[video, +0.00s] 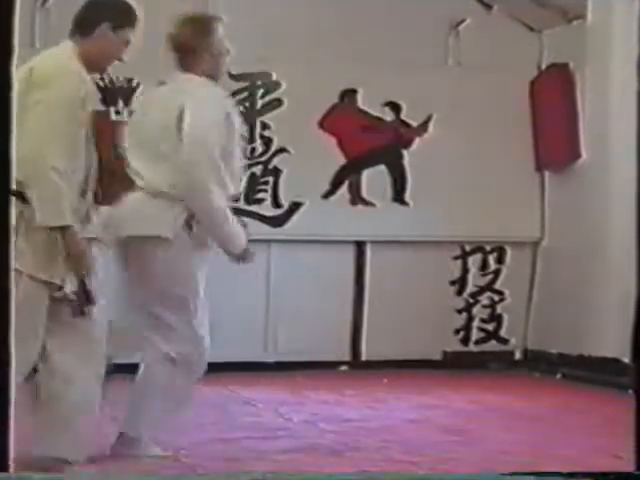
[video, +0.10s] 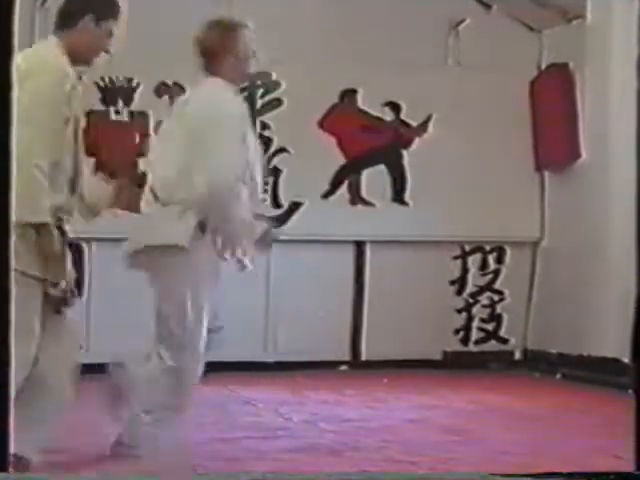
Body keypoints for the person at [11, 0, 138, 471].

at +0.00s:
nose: (123, 55)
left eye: (126, 46)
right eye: (122, 43)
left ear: (94, 31)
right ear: (100, 31)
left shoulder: (49, 70)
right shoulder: (64, 81)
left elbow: (45, 163)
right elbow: (47, 168)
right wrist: (72, 241)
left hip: (40, 229)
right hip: (45, 233)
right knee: (76, 341)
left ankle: (50, 448)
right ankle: (51, 449)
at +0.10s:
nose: (109, 46)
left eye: (111, 36)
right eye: (107, 32)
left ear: (83, 25)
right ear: (85, 23)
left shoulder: (62, 76)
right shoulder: (45, 72)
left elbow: (66, 170)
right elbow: (31, 167)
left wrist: (111, 196)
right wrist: (52, 250)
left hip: (46, 224)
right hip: (24, 228)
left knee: (58, 345)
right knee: (21, 346)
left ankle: (26, 447)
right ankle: (15, 451)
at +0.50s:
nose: (90, 42)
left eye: (92, 31)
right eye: (86, 29)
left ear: (61, 23)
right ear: (60, 22)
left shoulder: (43, 75)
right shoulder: (29, 71)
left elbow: (51, 169)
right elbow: (13, 157)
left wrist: (91, 210)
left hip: (25, 226)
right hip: (14, 228)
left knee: (25, 335)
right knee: (21, 335)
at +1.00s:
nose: (133, 36)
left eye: (134, 26)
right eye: (129, 24)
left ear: (99, 22)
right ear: (104, 22)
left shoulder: (66, 69)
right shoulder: (71, 74)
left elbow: (49, 153)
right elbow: (45, 152)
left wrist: (77, 223)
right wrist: (61, 225)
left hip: (58, 227)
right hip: (58, 230)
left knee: (61, 344)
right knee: (67, 346)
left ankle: (57, 449)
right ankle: (60, 454)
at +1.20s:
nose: (143, 47)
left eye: (146, 38)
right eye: (142, 35)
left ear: (113, 28)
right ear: (119, 29)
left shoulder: (98, 84)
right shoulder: (76, 81)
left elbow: (111, 171)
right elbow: (107, 161)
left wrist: (156, 183)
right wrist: (167, 148)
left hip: (103, 226)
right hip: (77, 226)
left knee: (144, 325)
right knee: (102, 334)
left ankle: (129, 434)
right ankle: (63, 450)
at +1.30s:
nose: (148, 57)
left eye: (151, 47)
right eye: (147, 44)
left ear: (122, 37)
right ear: (124, 37)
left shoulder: (105, 90)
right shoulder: (84, 88)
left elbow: (135, 160)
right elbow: (131, 157)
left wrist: (169, 130)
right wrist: (188, 129)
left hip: (115, 232)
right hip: (86, 232)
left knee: (160, 336)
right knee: (114, 343)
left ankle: (184, 435)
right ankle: (64, 452)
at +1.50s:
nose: (168, 57)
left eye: (170, 47)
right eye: (166, 46)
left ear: (136, 42)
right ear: (143, 42)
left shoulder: (128, 93)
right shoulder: (106, 97)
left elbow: (172, 140)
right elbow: (162, 165)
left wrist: (212, 119)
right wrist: (212, 151)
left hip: (154, 236)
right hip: (123, 236)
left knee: (200, 339)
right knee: (142, 352)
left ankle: (217, 442)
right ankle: (68, 459)